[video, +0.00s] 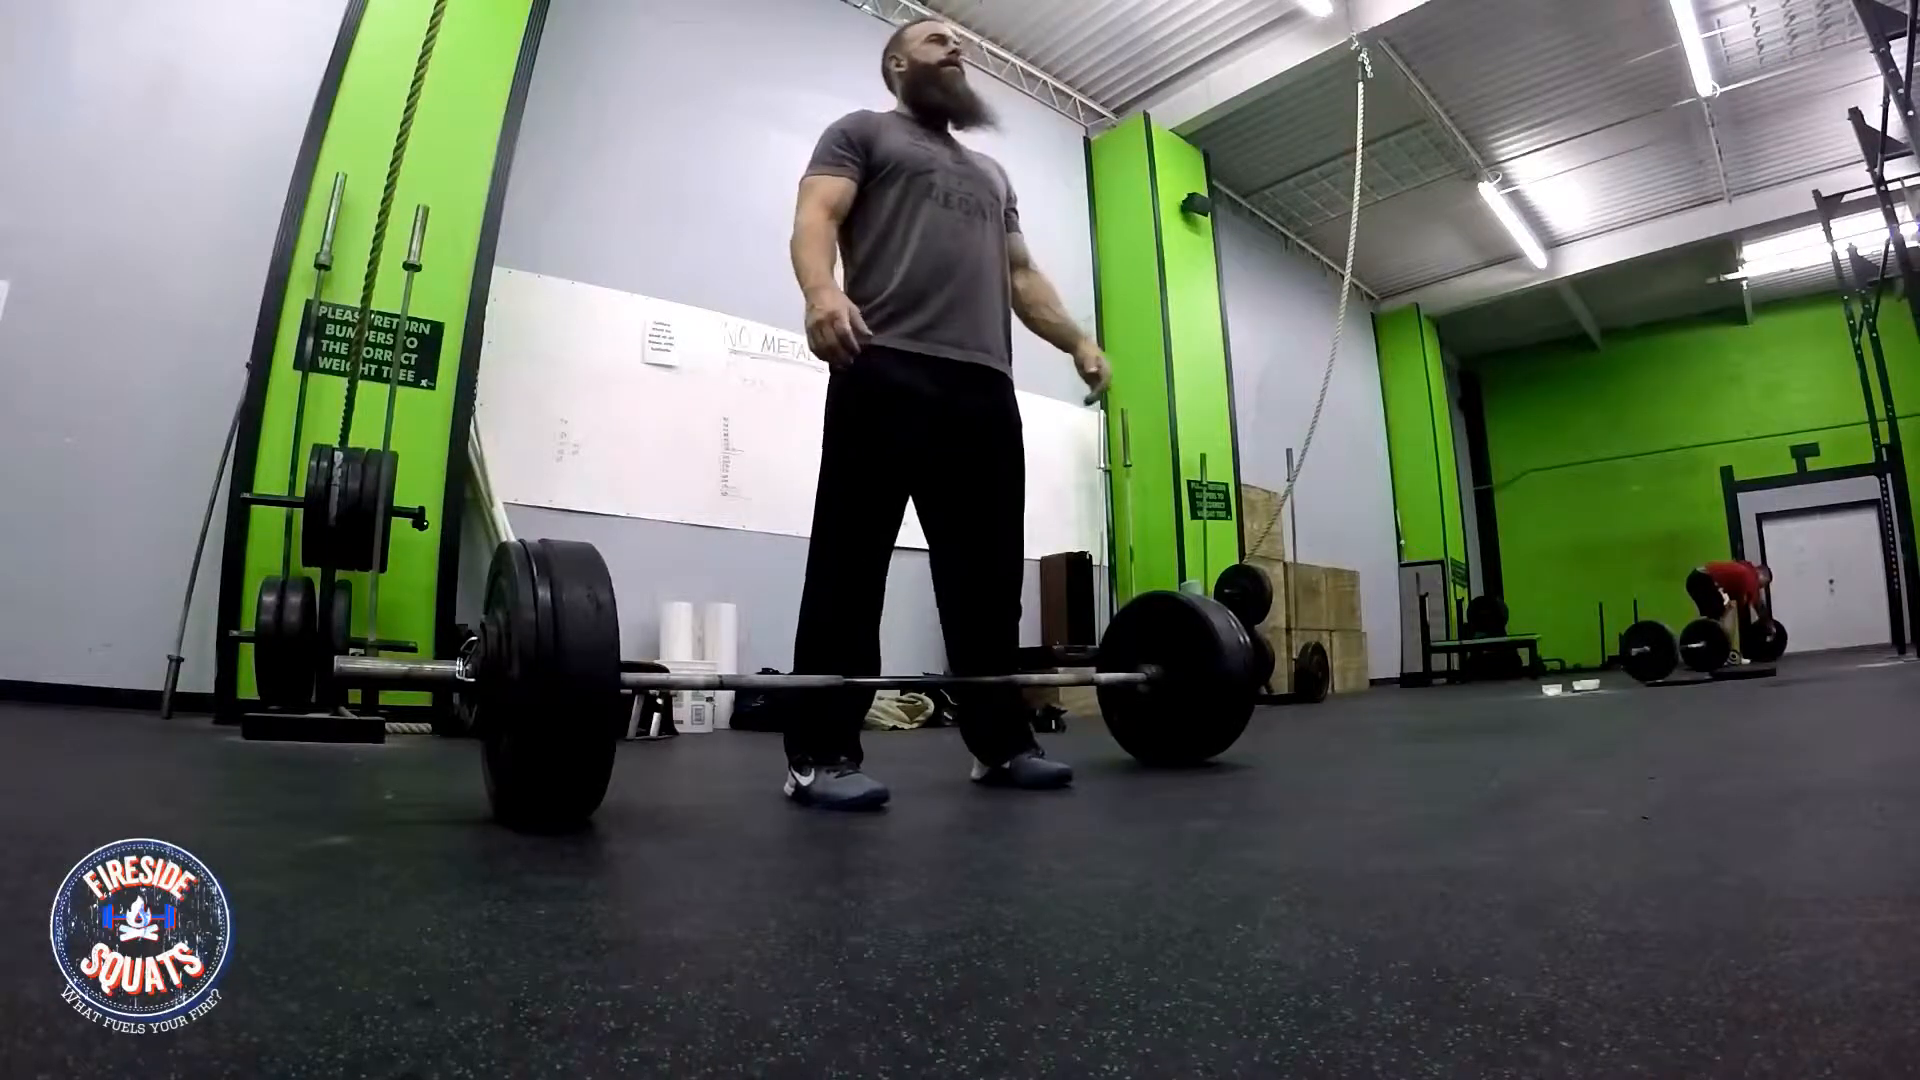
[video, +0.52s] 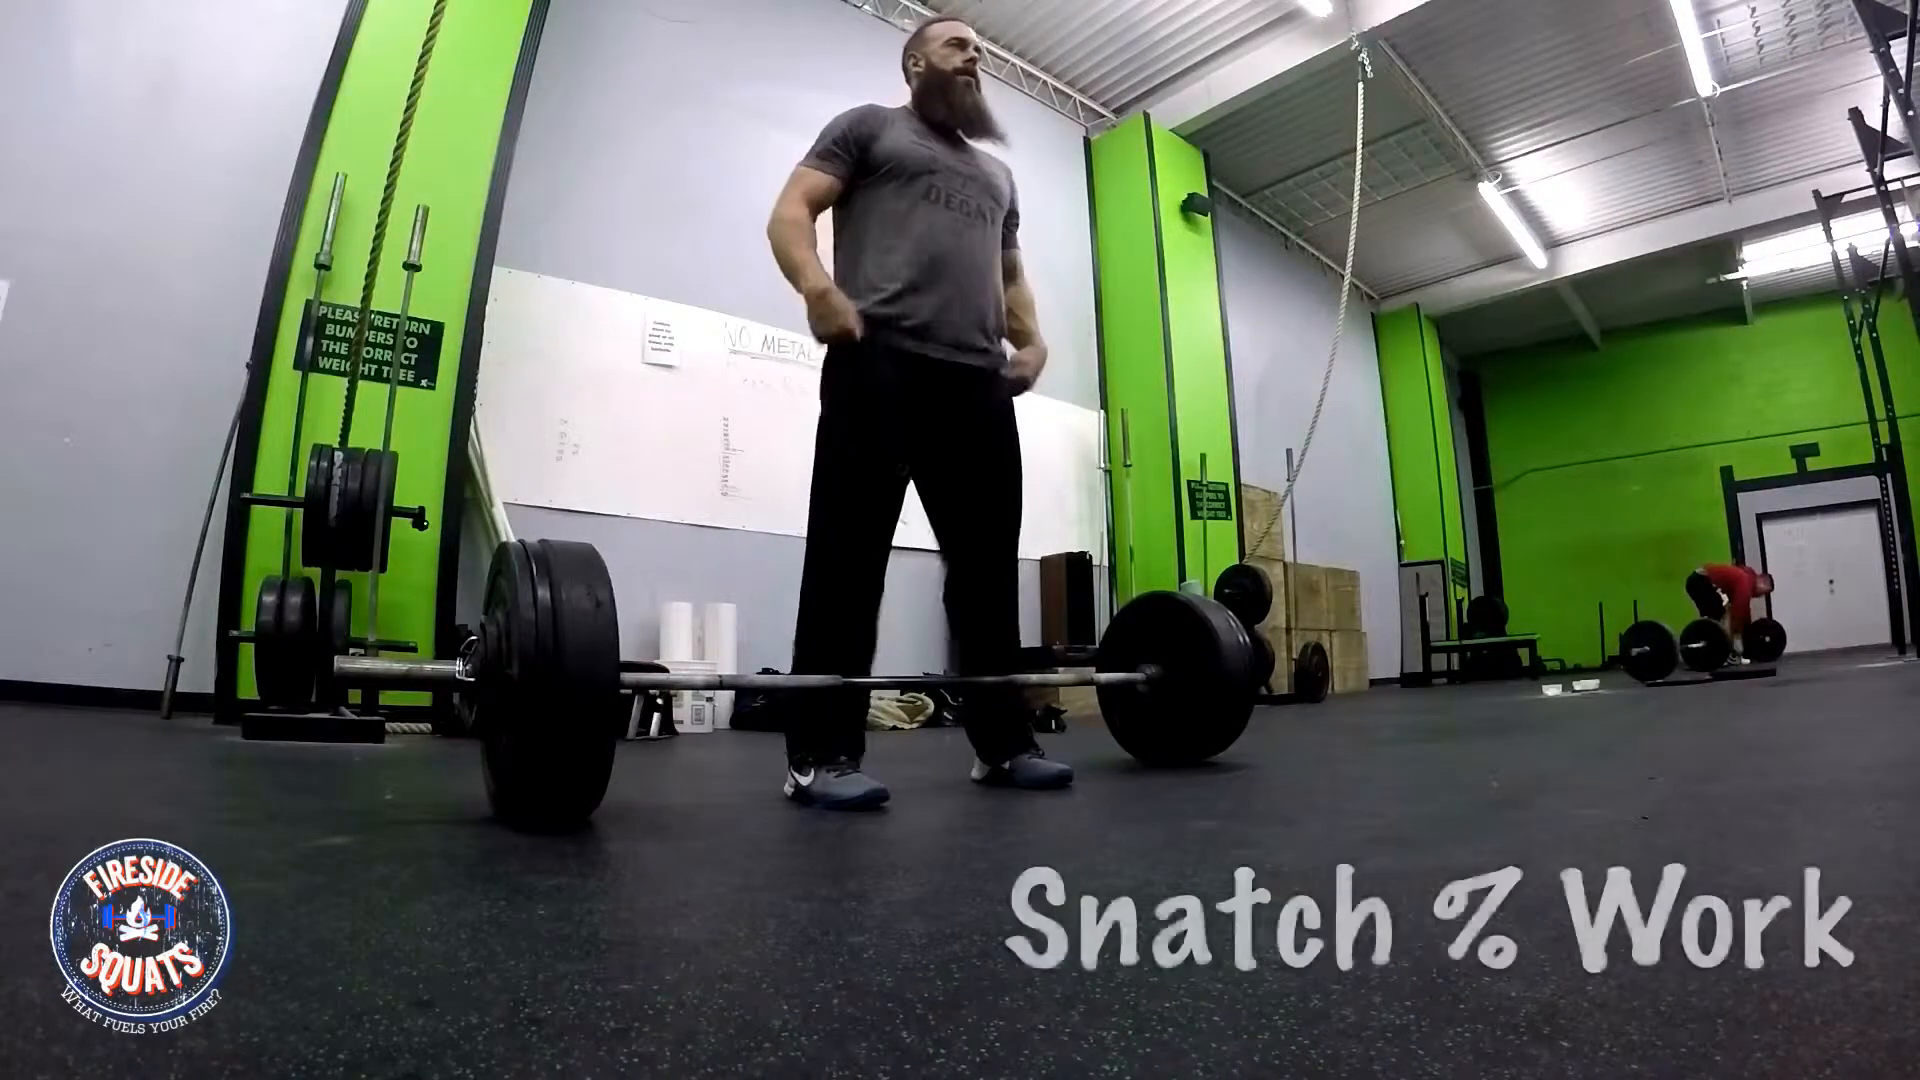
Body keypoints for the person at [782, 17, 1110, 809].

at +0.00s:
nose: (954, 46)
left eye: (960, 41)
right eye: (933, 38)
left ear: (967, 74)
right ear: (895, 67)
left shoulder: (991, 173)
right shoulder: (863, 131)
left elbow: (1022, 277)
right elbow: (817, 215)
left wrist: (1081, 341)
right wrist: (820, 290)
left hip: (980, 388)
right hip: (881, 372)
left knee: (984, 570)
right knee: (850, 565)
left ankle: (1002, 747)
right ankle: (821, 758)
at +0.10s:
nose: (955, 49)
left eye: (961, 44)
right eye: (933, 41)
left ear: (967, 75)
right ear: (896, 70)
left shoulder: (990, 174)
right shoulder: (863, 132)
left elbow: (1018, 278)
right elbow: (815, 211)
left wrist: (1069, 347)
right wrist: (811, 291)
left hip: (980, 387)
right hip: (881, 371)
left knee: (985, 571)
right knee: (850, 564)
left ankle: (1003, 746)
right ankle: (822, 756)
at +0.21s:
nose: (957, 48)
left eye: (964, 44)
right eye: (937, 40)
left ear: (971, 77)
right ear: (898, 69)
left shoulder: (991, 176)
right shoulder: (864, 132)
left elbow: (1015, 279)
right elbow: (810, 214)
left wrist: (1059, 351)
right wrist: (810, 296)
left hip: (980, 388)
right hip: (881, 372)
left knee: (986, 571)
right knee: (849, 565)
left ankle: (1003, 747)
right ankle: (821, 757)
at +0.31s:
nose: (963, 51)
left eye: (969, 47)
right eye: (944, 41)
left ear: (973, 76)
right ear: (903, 66)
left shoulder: (993, 174)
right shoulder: (868, 129)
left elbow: (1013, 278)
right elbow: (801, 220)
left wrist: (1046, 350)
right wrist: (816, 302)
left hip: (979, 388)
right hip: (879, 373)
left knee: (986, 570)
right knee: (848, 565)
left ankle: (1002, 747)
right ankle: (823, 757)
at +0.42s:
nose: (968, 54)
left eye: (975, 50)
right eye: (949, 43)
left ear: (978, 77)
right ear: (908, 66)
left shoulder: (995, 175)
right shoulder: (869, 128)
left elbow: (1011, 281)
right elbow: (798, 225)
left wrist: (1035, 353)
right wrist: (821, 311)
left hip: (979, 391)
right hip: (878, 376)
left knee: (987, 573)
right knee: (848, 566)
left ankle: (1002, 747)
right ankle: (823, 758)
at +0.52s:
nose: (970, 54)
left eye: (977, 50)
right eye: (952, 43)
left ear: (981, 77)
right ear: (913, 66)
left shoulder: (997, 171)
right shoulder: (871, 125)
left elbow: (1011, 277)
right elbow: (788, 215)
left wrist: (1033, 343)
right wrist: (819, 292)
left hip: (976, 382)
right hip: (875, 366)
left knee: (987, 564)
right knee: (846, 561)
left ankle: (1003, 747)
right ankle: (821, 759)